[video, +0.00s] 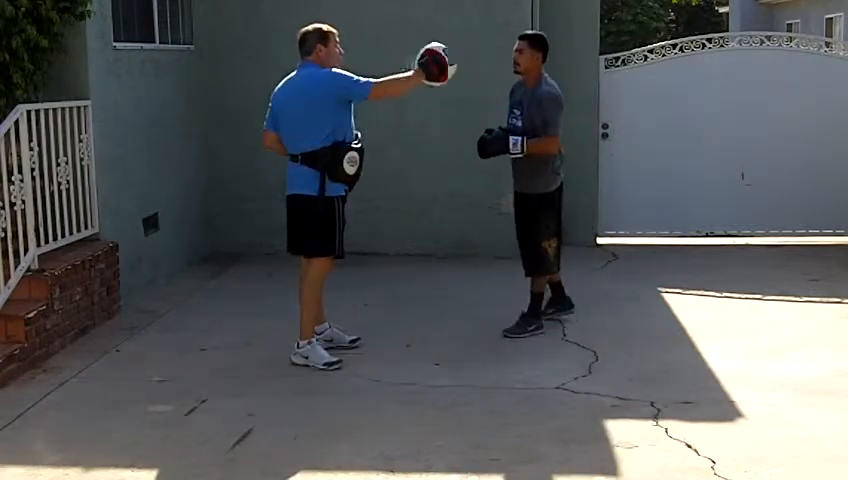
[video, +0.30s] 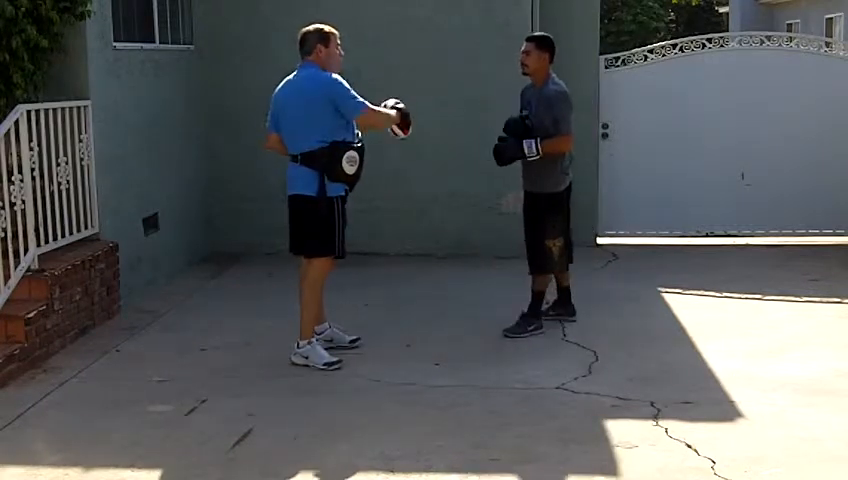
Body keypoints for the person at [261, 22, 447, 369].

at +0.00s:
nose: (341, 51)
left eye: (339, 45)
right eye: (337, 45)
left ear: (311, 52)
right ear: (320, 50)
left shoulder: (283, 88)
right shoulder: (331, 80)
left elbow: (271, 140)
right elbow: (380, 89)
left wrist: (308, 155)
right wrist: (422, 74)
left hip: (300, 188)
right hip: (323, 189)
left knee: (314, 260)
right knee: (321, 261)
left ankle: (318, 329)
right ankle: (305, 345)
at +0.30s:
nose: (342, 54)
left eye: (341, 47)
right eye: (338, 48)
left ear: (310, 53)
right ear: (320, 50)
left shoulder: (283, 88)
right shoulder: (329, 81)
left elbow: (272, 140)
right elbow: (368, 119)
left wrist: (308, 154)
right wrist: (393, 115)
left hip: (299, 187)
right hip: (324, 189)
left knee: (312, 260)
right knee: (321, 261)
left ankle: (320, 329)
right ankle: (305, 344)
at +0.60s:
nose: (343, 54)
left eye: (342, 48)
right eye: (339, 48)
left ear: (315, 52)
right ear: (320, 51)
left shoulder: (296, 83)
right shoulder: (317, 86)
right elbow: (332, 138)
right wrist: (368, 168)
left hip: (310, 187)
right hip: (317, 190)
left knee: (318, 260)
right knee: (317, 262)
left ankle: (320, 329)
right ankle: (304, 345)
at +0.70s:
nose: (344, 55)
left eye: (343, 48)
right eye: (339, 48)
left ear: (318, 52)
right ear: (319, 51)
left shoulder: (310, 83)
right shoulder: (310, 87)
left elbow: (322, 138)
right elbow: (318, 142)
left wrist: (350, 165)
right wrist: (353, 176)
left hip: (319, 186)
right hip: (312, 189)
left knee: (319, 260)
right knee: (315, 262)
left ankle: (319, 329)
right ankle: (304, 345)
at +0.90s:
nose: (342, 56)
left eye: (341, 49)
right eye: (338, 49)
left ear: (317, 53)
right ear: (317, 52)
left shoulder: (313, 84)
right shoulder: (299, 88)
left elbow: (322, 133)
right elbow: (299, 142)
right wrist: (329, 181)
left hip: (321, 188)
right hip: (308, 191)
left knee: (321, 260)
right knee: (314, 262)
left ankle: (319, 329)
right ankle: (305, 345)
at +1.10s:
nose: (339, 53)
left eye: (338, 47)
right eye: (334, 47)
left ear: (317, 52)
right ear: (314, 51)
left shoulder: (318, 84)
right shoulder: (294, 88)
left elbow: (346, 123)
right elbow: (293, 143)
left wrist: (362, 88)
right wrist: (325, 180)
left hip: (323, 186)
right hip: (306, 190)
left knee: (321, 259)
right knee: (313, 261)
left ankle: (320, 329)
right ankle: (304, 344)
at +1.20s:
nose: (336, 53)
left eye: (336, 47)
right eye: (331, 47)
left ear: (314, 52)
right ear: (312, 52)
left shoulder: (320, 84)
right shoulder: (292, 89)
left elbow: (350, 121)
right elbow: (291, 144)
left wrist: (363, 83)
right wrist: (325, 182)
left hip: (325, 186)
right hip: (306, 190)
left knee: (321, 259)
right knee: (313, 260)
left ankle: (319, 330)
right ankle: (304, 344)